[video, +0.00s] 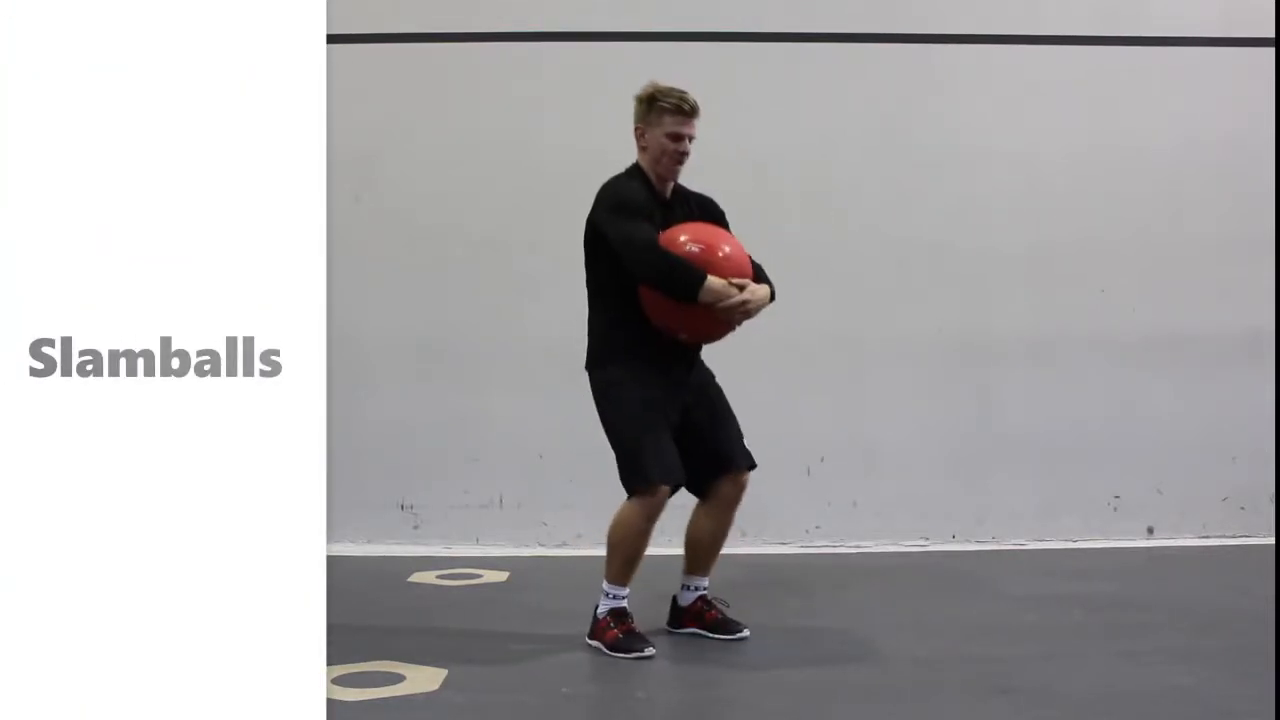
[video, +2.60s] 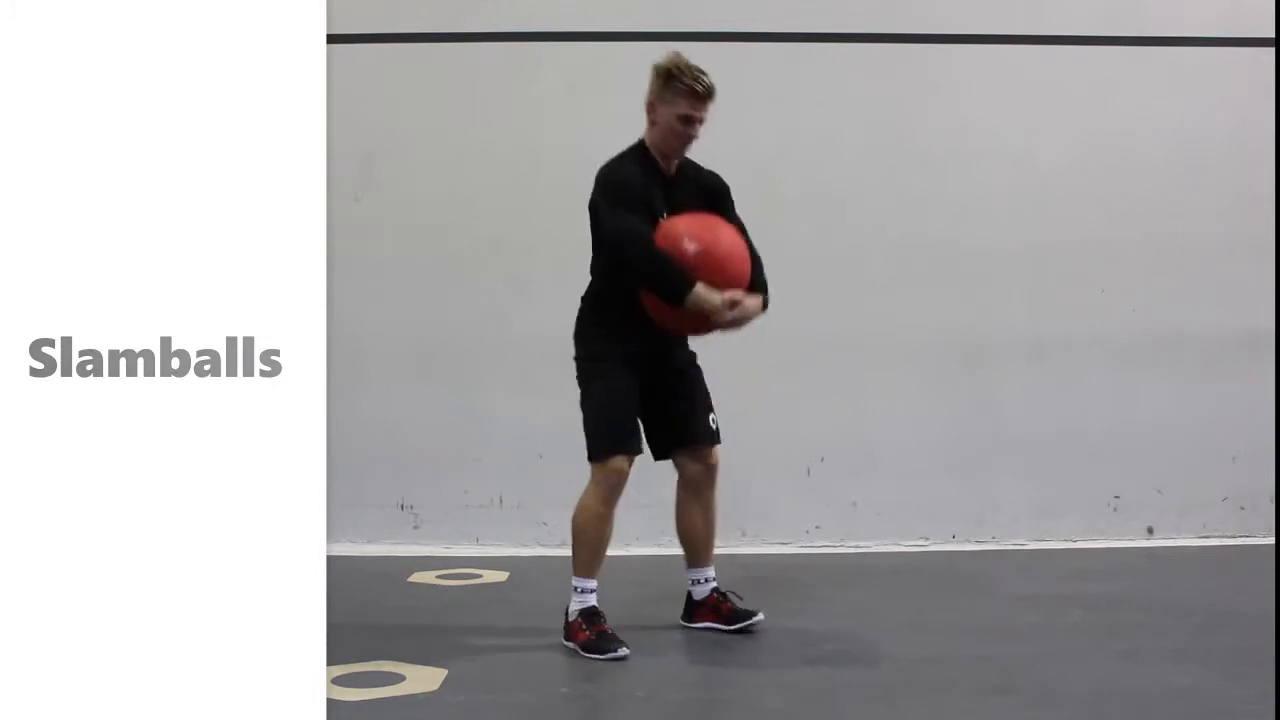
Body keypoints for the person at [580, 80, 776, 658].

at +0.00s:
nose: (682, 148)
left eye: (688, 138)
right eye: (670, 137)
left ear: (693, 140)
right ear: (640, 136)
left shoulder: (703, 209)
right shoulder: (617, 200)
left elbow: (745, 266)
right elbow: (647, 260)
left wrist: (762, 291)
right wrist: (719, 293)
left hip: (683, 363)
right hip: (623, 367)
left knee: (730, 475)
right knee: (654, 483)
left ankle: (690, 603)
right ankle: (610, 614)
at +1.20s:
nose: (700, 185)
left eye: (708, 176)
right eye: (693, 172)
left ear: (715, 170)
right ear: (664, 154)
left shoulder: (711, 229)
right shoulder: (619, 216)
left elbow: (731, 308)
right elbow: (622, 303)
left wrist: (732, 356)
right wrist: (681, 356)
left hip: (657, 368)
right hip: (594, 362)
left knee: (716, 465)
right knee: (600, 474)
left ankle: (704, 596)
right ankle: (583, 612)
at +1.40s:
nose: (716, 250)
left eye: (724, 242)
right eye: (710, 238)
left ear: (734, 232)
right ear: (682, 214)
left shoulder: (720, 283)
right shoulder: (630, 268)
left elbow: (731, 363)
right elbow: (622, 365)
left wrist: (726, 421)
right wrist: (675, 419)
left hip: (652, 400)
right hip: (588, 391)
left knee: (739, 471)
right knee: (598, 483)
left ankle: (705, 596)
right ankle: (584, 613)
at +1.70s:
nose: (727, 336)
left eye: (735, 327)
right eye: (721, 323)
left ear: (745, 318)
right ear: (692, 298)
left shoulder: (729, 360)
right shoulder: (637, 346)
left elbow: (737, 442)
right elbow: (625, 445)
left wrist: (728, 502)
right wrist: (679, 508)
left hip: (664, 463)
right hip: (593, 450)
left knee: (758, 478)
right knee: (590, 491)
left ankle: (707, 598)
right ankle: (584, 616)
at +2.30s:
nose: (723, 271)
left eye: (731, 261)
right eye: (716, 258)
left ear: (739, 253)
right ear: (689, 238)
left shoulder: (728, 306)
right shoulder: (638, 292)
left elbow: (742, 384)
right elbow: (625, 383)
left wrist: (735, 444)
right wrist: (681, 443)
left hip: (657, 417)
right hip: (595, 405)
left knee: (751, 473)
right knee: (606, 485)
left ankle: (707, 597)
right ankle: (585, 614)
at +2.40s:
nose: (710, 202)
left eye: (719, 194)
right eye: (703, 190)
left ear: (727, 191)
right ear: (676, 176)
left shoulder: (722, 251)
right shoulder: (631, 239)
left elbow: (742, 330)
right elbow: (625, 327)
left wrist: (739, 382)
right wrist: (684, 378)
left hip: (659, 378)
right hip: (597, 370)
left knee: (732, 468)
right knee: (610, 475)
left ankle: (705, 598)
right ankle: (586, 613)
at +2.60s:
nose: (693, 132)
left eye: (700, 121)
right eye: (683, 119)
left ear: (705, 119)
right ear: (651, 112)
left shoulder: (708, 187)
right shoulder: (617, 178)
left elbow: (747, 261)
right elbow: (630, 254)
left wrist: (753, 301)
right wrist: (706, 298)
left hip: (668, 337)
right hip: (609, 336)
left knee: (701, 460)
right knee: (612, 465)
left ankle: (703, 597)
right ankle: (582, 610)